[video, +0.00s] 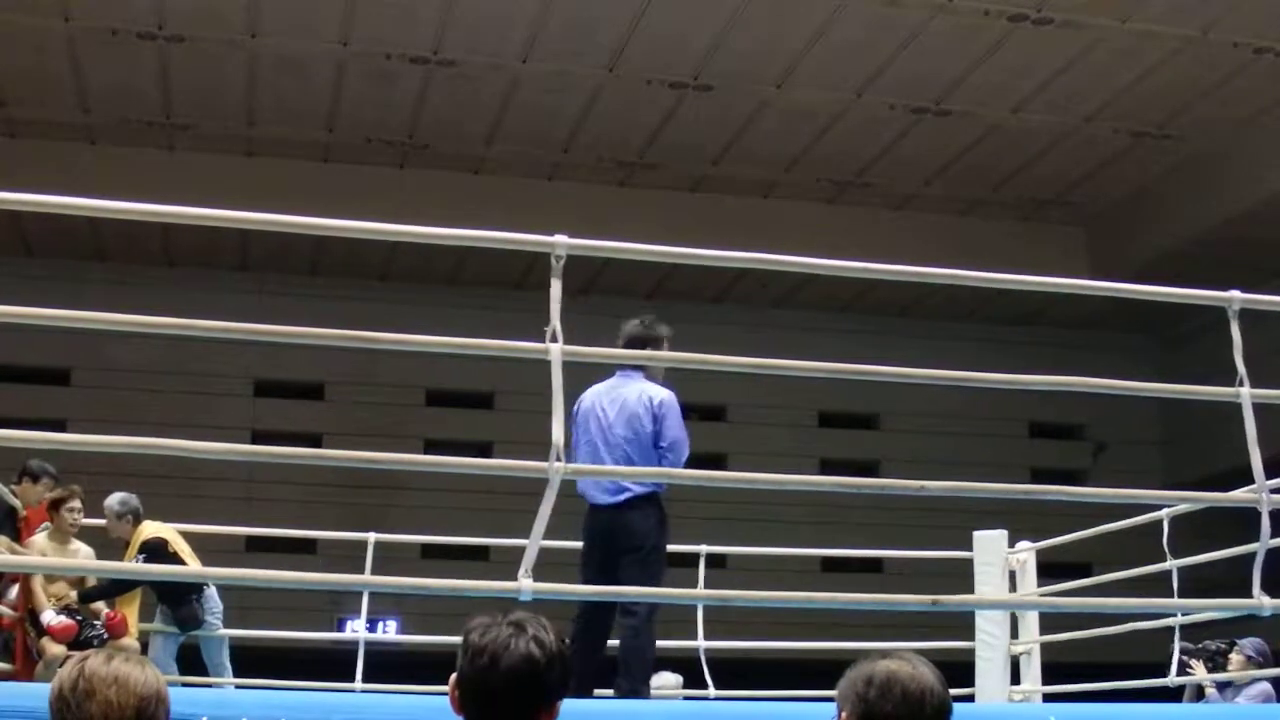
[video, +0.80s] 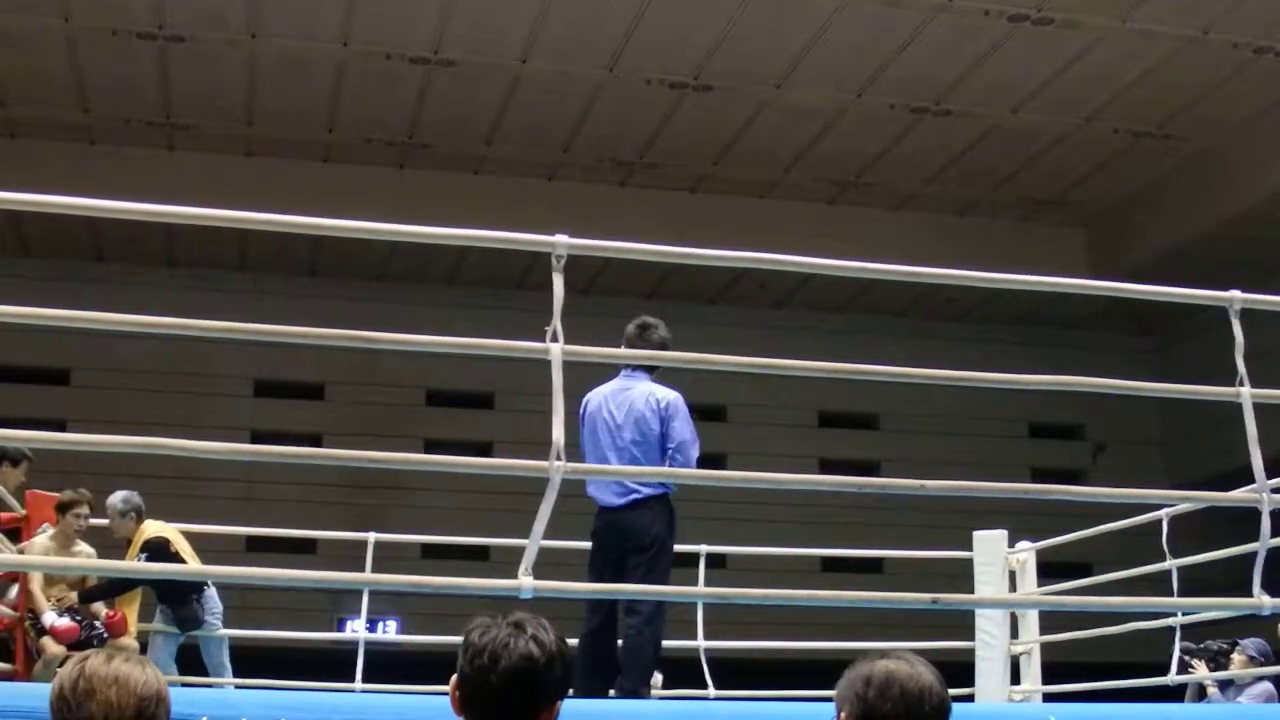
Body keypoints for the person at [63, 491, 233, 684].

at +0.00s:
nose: (106, 524)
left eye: (109, 518)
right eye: (106, 518)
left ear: (127, 520)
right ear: (126, 520)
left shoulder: (154, 541)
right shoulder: (137, 539)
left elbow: (125, 583)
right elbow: (121, 580)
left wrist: (80, 596)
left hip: (201, 600)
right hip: (171, 603)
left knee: (218, 666)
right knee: (160, 660)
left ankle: (229, 711)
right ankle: (176, 709)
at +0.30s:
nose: (106, 525)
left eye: (109, 520)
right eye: (106, 520)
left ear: (128, 521)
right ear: (129, 520)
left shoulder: (154, 543)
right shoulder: (139, 539)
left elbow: (125, 583)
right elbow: (127, 583)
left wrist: (78, 597)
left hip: (202, 600)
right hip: (171, 603)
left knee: (217, 665)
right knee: (160, 660)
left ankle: (230, 713)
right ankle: (173, 709)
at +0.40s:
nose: (105, 525)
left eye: (109, 519)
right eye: (106, 519)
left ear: (128, 520)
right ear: (128, 520)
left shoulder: (154, 543)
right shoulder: (139, 539)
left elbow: (124, 584)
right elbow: (125, 583)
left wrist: (79, 597)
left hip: (202, 600)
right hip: (171, 603)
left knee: (217, 664)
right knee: (159, 660)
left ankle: (230, 712)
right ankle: (175, 708)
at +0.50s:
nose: (106, 525)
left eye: (109, 519)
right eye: (106, 519)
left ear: (127, 520)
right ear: (128, 520)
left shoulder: (154, 542)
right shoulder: (138, 539)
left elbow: (125, 583)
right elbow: (125, 582)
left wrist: (79, 597)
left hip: (202, 600)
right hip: (171, 603)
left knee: (217, 665)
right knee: (160, 660)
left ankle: (230, 712)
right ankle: (175, 708)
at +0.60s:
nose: (106, 525)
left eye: (109, 520)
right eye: (106, 520)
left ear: (128, 520)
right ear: (129, 519)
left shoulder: (154, 543)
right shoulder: (140, 538)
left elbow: (124, 583)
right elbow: (127, 584)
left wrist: (79, 597)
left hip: (202, 600)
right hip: (171, 603)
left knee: (217, 664)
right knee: (160, 660)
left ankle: (230, 712)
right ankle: (173, 709)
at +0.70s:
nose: (107, 524)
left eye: (110, 519)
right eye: (107, 519)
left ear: (129, 520)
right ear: (129, 519)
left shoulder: (154, 542)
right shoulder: (138, 540)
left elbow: (125, 583)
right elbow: (125, 584)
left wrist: (79, 597)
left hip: (201, 600)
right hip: (170, 603)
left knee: (217, 664)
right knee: (160, 660)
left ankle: (230, 712)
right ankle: (174, 709)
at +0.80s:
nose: (109, 524)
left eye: (112, 518)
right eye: (109, 519)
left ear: (132, 519)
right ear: (131, 518)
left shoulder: (156, 541)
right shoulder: (139, 538)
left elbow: (125, 583)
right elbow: (125, 581)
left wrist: (78, 597)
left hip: (201, 601)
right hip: (170, 604)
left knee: (218, 666)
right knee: (159, 661)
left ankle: (231, 714)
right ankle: (174, 709)